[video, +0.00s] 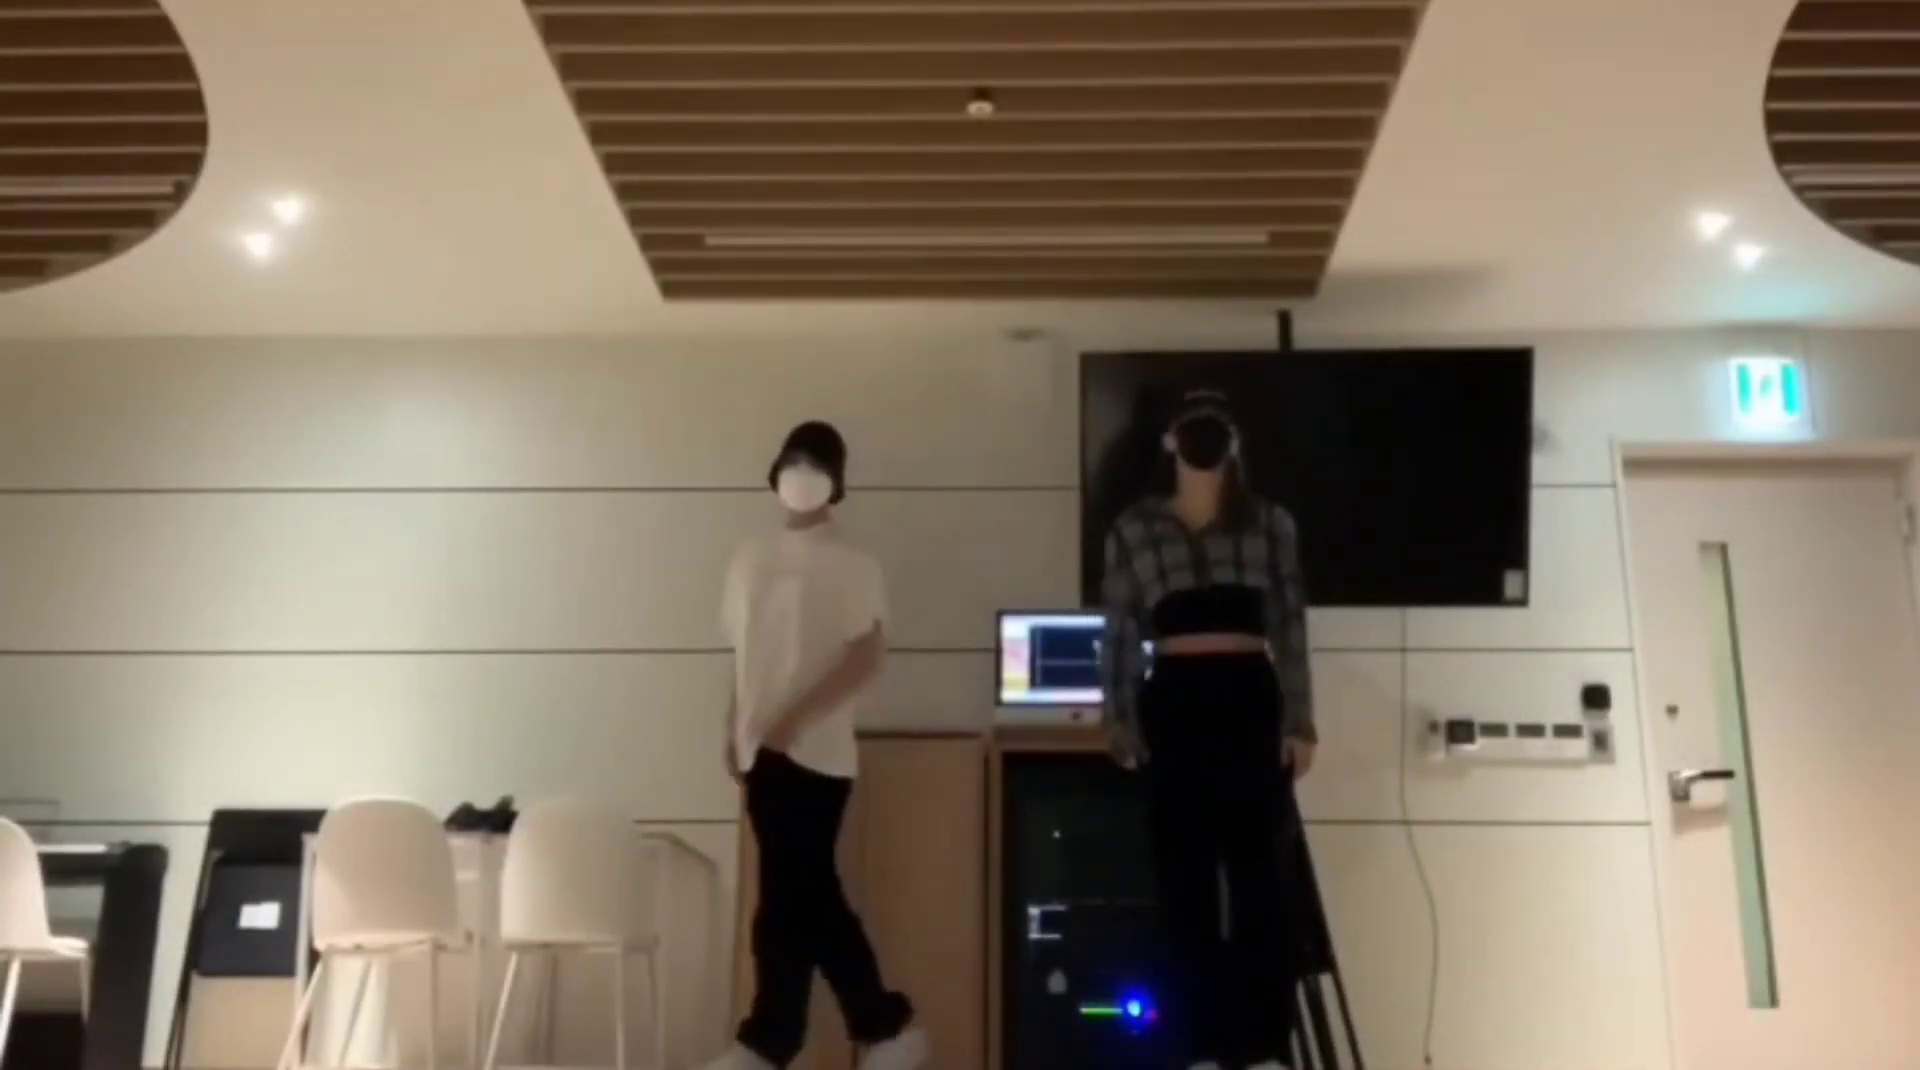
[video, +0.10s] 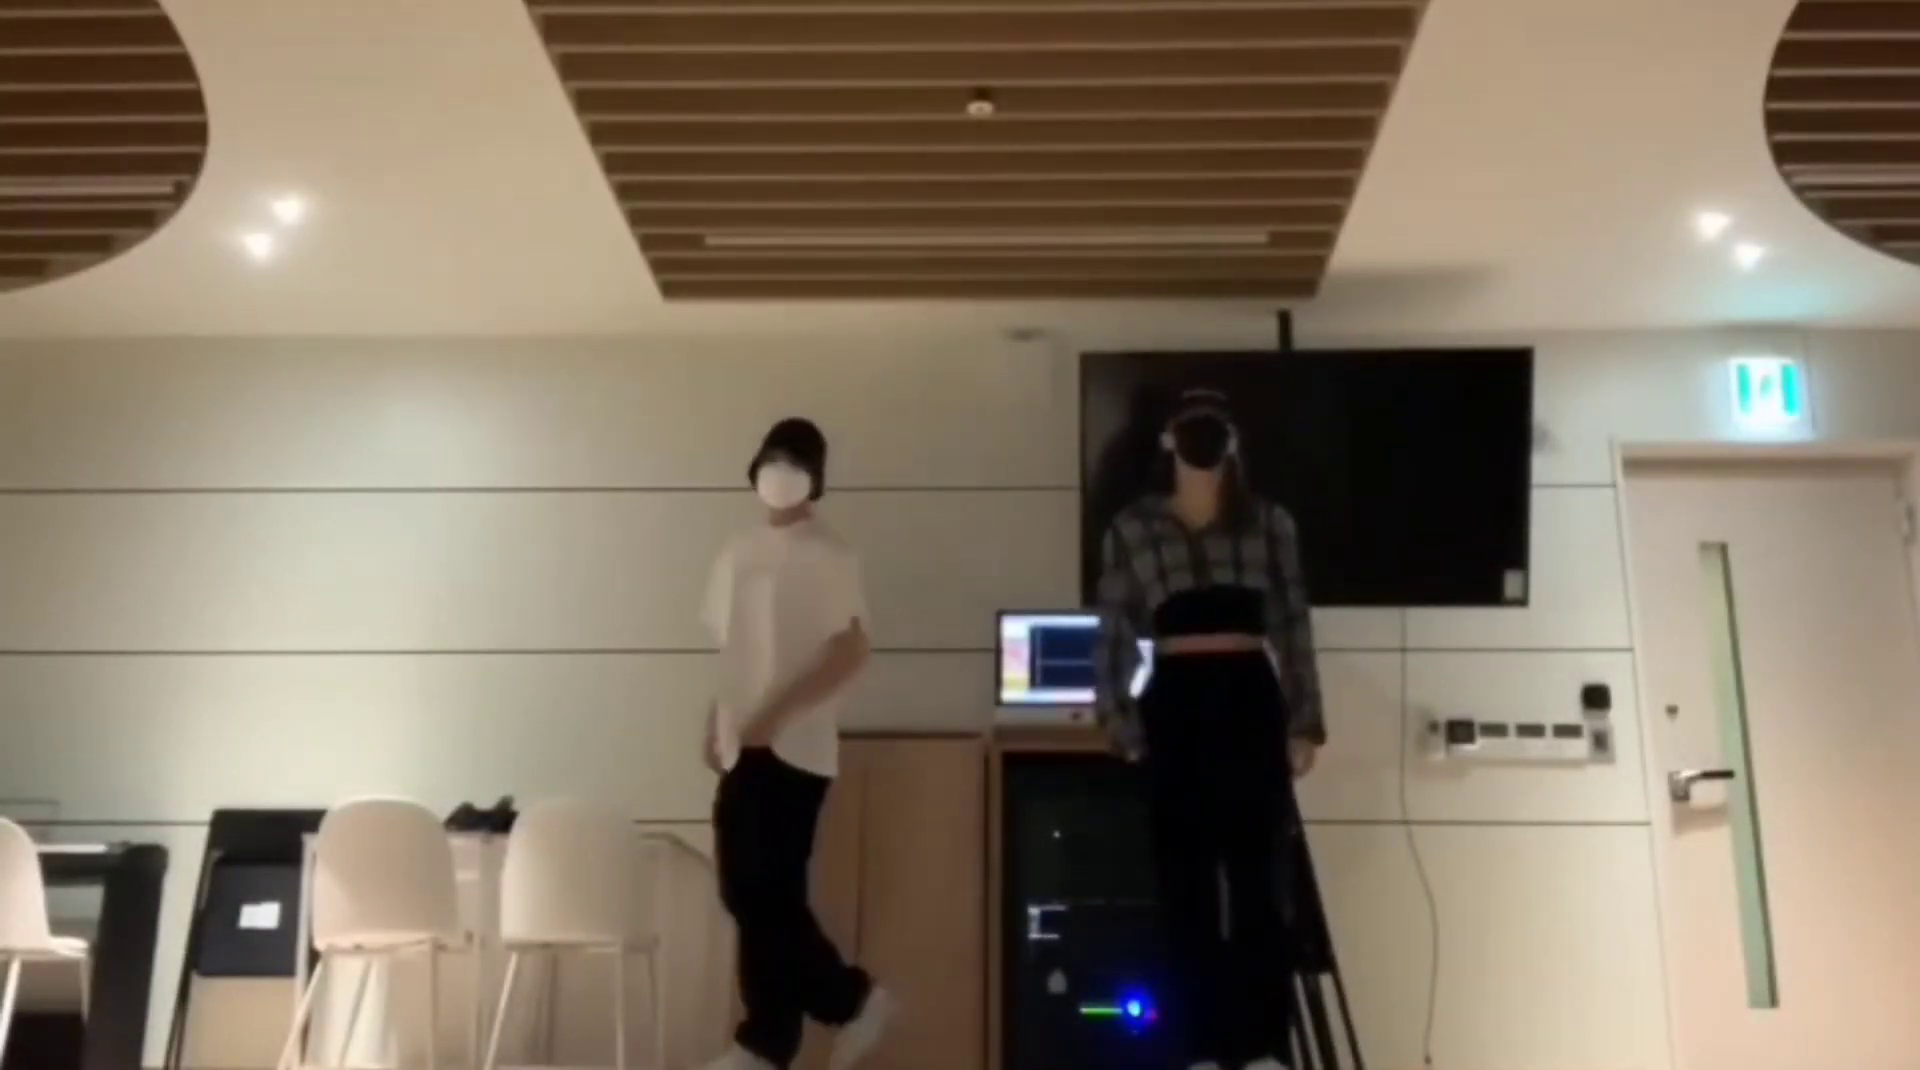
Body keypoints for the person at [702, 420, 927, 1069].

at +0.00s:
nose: (802, 481)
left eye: (816, 470)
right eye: (792, 468)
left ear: (836, 482)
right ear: (775, 475)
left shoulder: (854, 561)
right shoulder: (750, 558)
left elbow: (866, 656)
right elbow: (742, 656)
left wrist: (789, 723)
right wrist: (733, 732)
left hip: (822, 757)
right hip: (761, 753)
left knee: (784, 906)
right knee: (816, 902)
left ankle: (768, 1043)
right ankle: (886, 1029)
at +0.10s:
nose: (780, 478)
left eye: (795, 467)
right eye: (770, 464)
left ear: (815, 478)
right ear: (754, 472)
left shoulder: (831, 556)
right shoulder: (739, 553)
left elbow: (850, 649)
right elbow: (734, 652)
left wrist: (769, 718)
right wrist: (716, 723)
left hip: (800, 750)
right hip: (745, 748)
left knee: (769, 896)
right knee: (745, 893)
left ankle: (767, 1045)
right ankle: (852, 1001)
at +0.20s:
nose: (758, 477)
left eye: (773, 464)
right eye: (747, 465)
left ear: (796, 475)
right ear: (734, 473)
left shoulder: (817, 549)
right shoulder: (728, 552)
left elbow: (839, 640)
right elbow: (728, 652)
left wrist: (765, 711)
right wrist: (704, 721)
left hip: (784, 752)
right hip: (724, 752)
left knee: (766, 892)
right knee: (696, 883)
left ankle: (767, 1042)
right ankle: (788, 994)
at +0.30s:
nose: (741, 476)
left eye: (755, 463)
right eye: (730, 464)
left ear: (778, 473)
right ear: (716, 472)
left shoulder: (804, 551)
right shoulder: (708, 551)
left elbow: (831, 638)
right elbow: (715, 651)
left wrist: (764, 711)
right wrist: (690, 720)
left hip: (768, 760)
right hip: (701, 760)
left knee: (766, 906)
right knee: (668, 889)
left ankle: (764, 1046)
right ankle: (702, 1030)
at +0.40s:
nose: (717, 475)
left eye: (731, 463)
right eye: (708, 463)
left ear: (754, 474)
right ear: (693, 473)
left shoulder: (781, 550)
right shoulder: (680, 560)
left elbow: (817, 637)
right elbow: (671, 649)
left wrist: (761, 708)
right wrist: (658, 713)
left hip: (748, 767)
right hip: (677, 768)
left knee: (761, 917)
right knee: (639, 905)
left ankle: (761, 1049)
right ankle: (611, 1042)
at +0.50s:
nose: (706, 477)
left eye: (720, 465)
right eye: (696, 465)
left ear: (743, 475)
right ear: (682, 474)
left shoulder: (774, 554)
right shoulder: (664, 557)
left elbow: (805, 639)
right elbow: (648, 642)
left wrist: (751, 710)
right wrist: (640, 706)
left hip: (736, 767)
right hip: (661, 767)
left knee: (755, 915)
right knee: (622, 907)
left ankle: (759, 1049)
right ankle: (604, 1046)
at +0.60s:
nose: (685, 477)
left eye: (700, 466)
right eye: (675, 464)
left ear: (720, 478)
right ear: (658, 473)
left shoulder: (748, 557)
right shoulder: (627, 552)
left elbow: (782, 641)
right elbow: (593, 630)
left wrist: (729, 688)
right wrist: (610, 683)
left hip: (713, 758)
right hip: (634, 756)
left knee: (730, 906)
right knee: (608, 902)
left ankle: (745, 1043)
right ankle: (605, 1042)